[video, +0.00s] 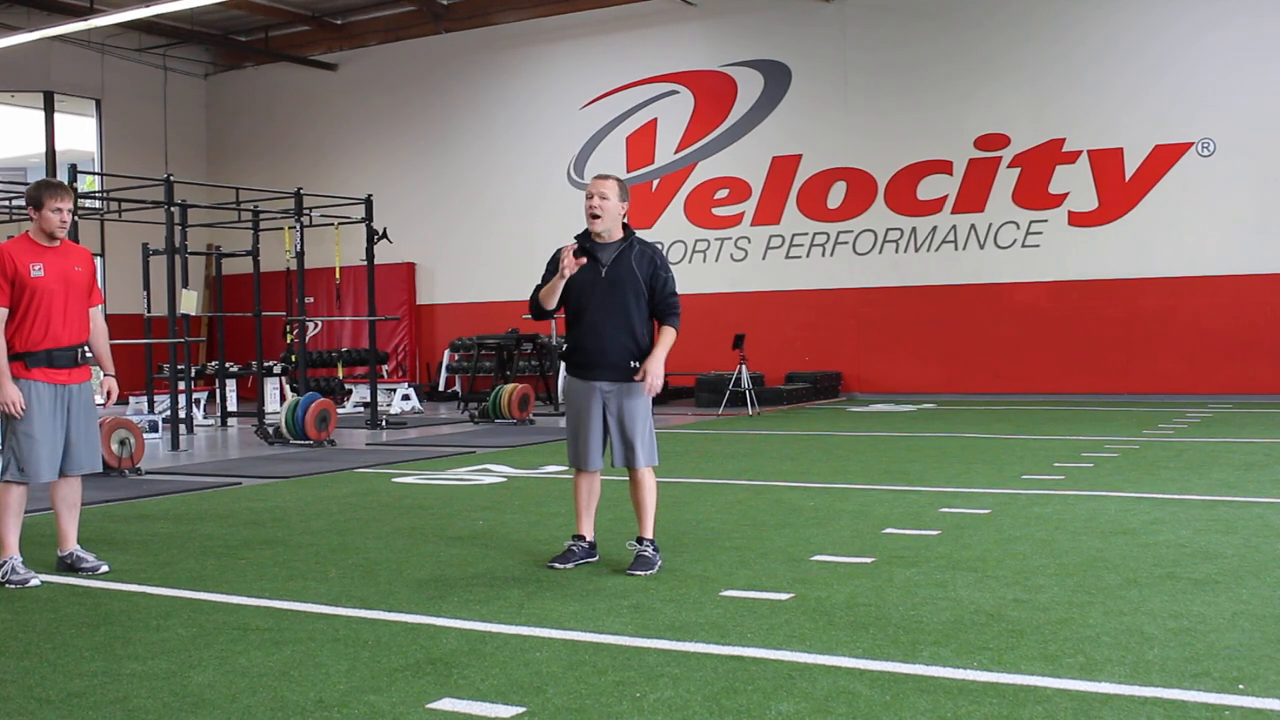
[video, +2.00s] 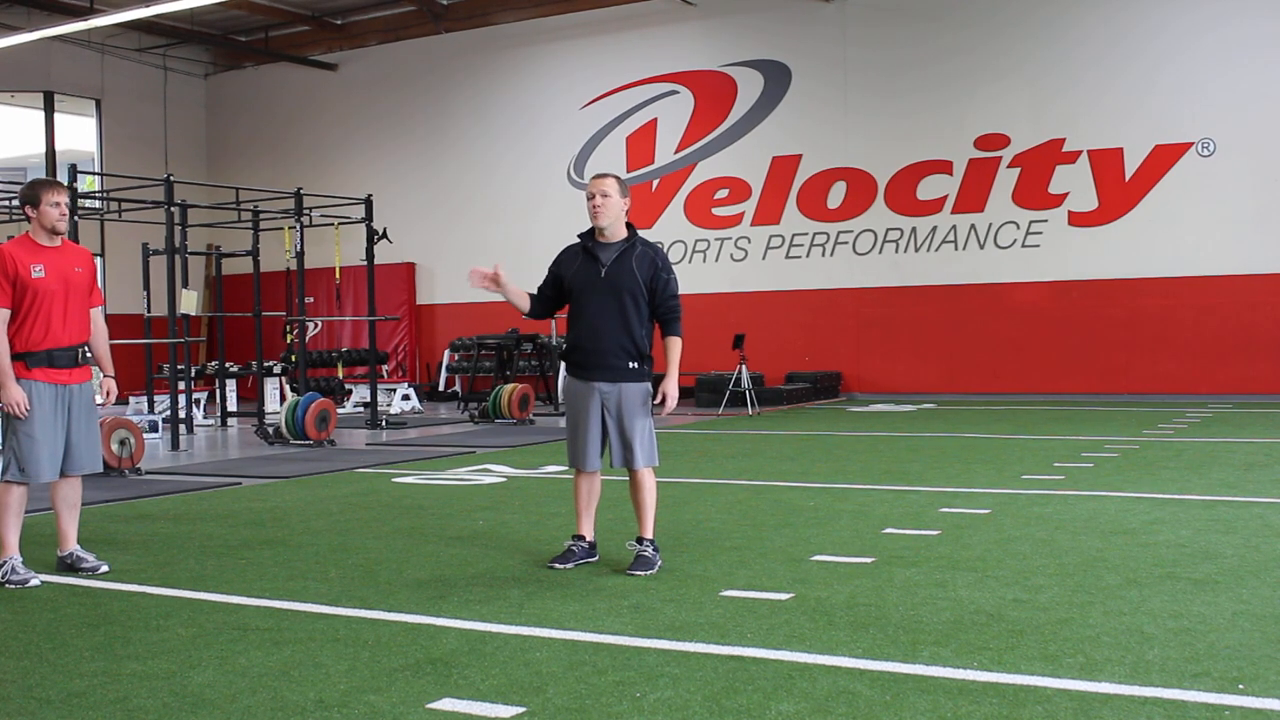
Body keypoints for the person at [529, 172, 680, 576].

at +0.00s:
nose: (592, 203)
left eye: (602, 198)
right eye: (589, 197)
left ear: (623, 208)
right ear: (584, 205)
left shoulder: (649, 257)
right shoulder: (567, 256)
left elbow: (671, 315)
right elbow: (539, 310)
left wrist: (657, 358)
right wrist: (560, 277)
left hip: (632, 380)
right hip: (581, 379)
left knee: (639, 463)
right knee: (585, 463)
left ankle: (646, 544)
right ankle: (583, 542)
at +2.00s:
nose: (595, 202)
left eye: (603, 196)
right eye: (590, 197)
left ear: (625, 204)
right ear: (586, 206)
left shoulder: (651, 258)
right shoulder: (572, 257)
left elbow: (671, 320)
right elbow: (539, 307)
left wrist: (672, 375)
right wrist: (504, 285)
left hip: (631, 380)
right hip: (580, 379)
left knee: (639, 464)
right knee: (584, 463)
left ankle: (646, 544)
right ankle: (583, 542)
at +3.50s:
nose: (599, 207)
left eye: (607, 200)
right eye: (593, 201)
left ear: (625, 204)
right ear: (587, 208)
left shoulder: (652, 256)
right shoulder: (569, 258)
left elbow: (671, 314)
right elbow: (545, 318)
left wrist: (641, 308)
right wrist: (562, 305)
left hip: (634, 379)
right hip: (584, 377)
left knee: (640, 463)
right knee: (585, 463)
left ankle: (647, 544)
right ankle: (584, 542)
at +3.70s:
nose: (597, 207)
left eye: (605, 200)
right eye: (591, 201)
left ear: (624, 205)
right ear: (585, 209)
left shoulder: (652, 256)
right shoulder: (571, 257)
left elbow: (676, 315)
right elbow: (547, 320)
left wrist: (643, 301)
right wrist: (561, 296)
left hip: (634, 380)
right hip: (583, 378)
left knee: (640, 463)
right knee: (586, 463)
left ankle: (647, 545)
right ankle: (584, 542)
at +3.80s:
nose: (596, 208)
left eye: (603, 201)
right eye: (590, 202)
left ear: (623, 205)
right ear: (584, 209)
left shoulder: (652, 255)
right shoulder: (570, 257)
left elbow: (676, 316)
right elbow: (547, 318)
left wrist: (646, 297)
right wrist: (561, 289)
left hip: (634, 380)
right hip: (583, 378)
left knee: (640, 463)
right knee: (586, 463)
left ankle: (647, 544)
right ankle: (584, 542)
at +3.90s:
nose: (593, 209)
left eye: (601, 202)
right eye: (588, 204)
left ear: (622, 206)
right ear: (583, 210)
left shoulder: (652, 255)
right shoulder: (570, 257)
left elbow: (677, 316)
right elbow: (547, 318)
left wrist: (648, 298)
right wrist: (561, 287)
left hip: (634, 379)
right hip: (583, 378)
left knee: (640, 463)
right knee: (585, 463)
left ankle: (647, 544)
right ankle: (584, 542)